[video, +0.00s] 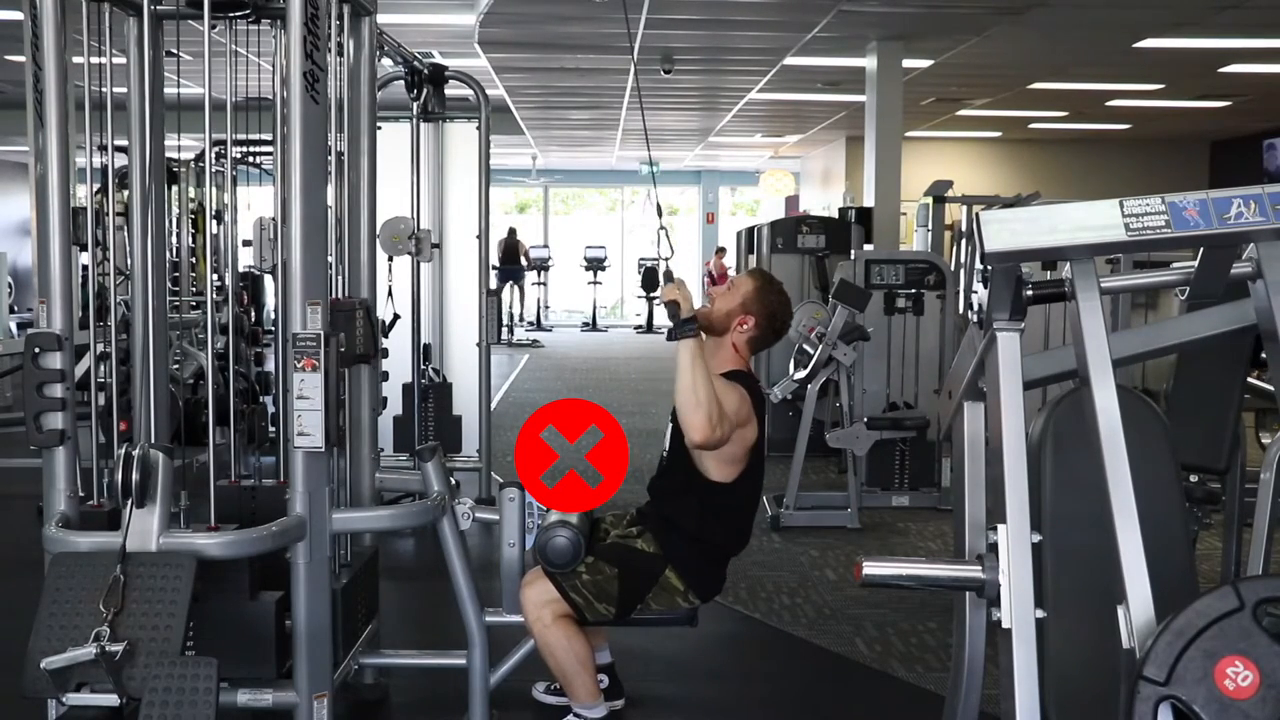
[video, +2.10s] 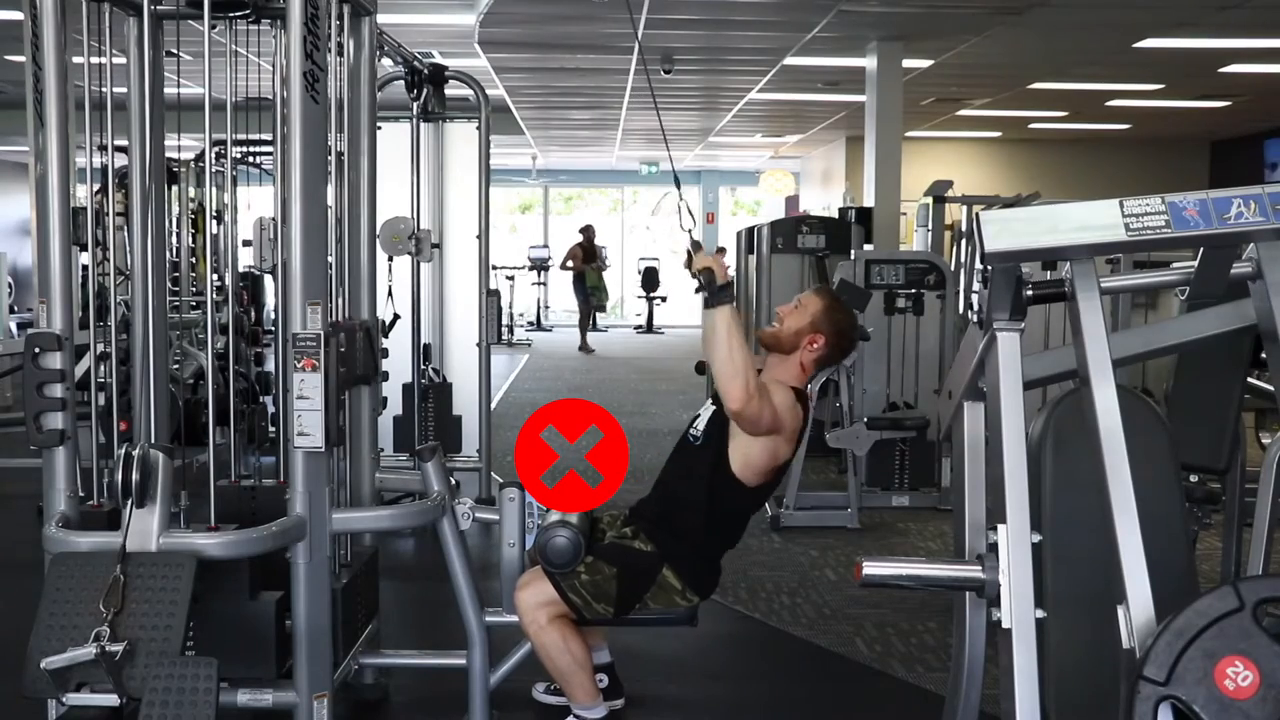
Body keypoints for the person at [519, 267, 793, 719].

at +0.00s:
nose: (716, 287)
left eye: (729, 288)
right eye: (726, 282)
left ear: (742, 325)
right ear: (743, 327)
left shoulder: (735, 391)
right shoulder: (720, 368)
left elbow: (704, 430)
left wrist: (687, 325)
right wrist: (721, 286)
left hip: (680, 559)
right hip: (660, 529)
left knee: (539, 594)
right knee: (555, 545)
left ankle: (590, 712)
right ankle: (596, 675)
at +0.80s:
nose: (712, 283)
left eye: (725, 283)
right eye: (721, 277)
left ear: (740, 318)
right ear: (741, 321)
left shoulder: (722, 384)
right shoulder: (717, 362)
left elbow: (688, 350)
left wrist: (671, 243)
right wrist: (710, 293)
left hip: (677, 561)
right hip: (654, 524)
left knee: (538, 596)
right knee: (556, 545)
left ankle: (588, 710)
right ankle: (595, 673)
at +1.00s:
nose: (708, 276)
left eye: (722, 277)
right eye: (717, 271)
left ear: (736, 316)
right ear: (735, 318)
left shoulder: (714, 375)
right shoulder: (706, 360)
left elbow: (676, 312)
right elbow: (679, 307)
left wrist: (659, 209)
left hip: (675, 565)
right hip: (655, 534)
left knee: (536, 596)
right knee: (553, 545)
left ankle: (589, 709)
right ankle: (594, 671)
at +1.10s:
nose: (708, 269)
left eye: (721, 272)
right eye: (719, 266)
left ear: (732, 314)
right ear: (733, 316)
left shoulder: (707, 369)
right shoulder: (702, 356)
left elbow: (671, 293)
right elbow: (672, 290)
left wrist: (657, 192)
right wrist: (656, 201)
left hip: (674, 564)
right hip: (657, 537)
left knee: (536, 596)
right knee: (553, 544)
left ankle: (590, 710)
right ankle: (593, 671)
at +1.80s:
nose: (722, 280)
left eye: (738, 280)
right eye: (733, 273)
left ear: (754, 315)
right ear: (755, 318)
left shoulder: (723, 367)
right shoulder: (720, 354)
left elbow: (683, 291)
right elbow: (687, 289)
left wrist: (665, 192)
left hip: (671, 560)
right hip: (653, 533)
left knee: (533, 597)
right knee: (555, 545)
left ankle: (589, 710)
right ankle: (594, 671)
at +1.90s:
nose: (744, 287)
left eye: (758, 288)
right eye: (755, 282)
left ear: (774, 325)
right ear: (774, 327)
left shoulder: (743, 381)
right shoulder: (738, 362)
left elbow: (700, 322)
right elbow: (715, 329)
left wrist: (677, 216)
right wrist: (713, 286)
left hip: (671, 561)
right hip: (649, 530)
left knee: (532, 597)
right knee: (552, 547)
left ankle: (591, 713)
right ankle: (594, 671)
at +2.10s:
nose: (781, 308)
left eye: (796, 308)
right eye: (793, 301)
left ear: (812, 343)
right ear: (811, 345)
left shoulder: (782, 407)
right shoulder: (766, 378)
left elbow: (739, 398)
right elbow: (730, 366)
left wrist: (718, 288)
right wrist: (717, 290)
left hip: (671, 563)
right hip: (651, 529)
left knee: (533, 597)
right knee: (551, 544)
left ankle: (588, 711)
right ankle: (598, 674)